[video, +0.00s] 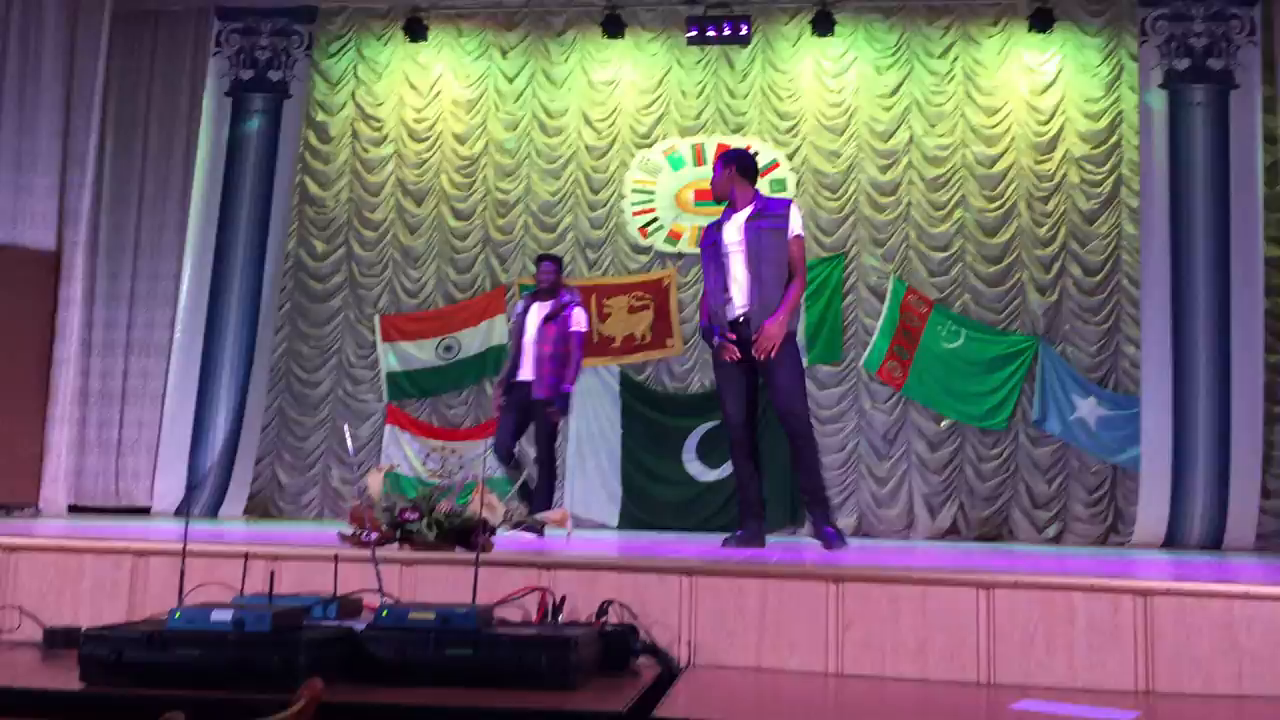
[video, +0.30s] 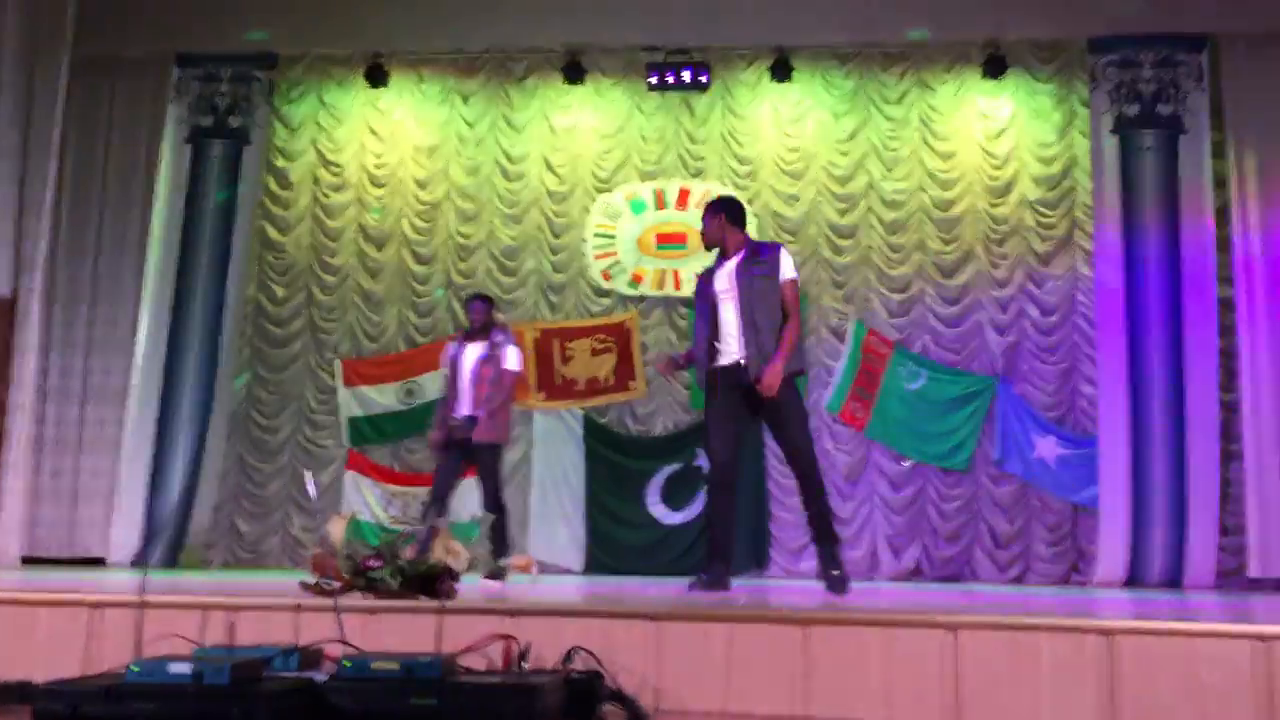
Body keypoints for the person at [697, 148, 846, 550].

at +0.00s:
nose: (712, 180)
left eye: (716, 172)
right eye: (714, 172)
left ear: (733, 173)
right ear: (736, 174)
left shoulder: (783, 212)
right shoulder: (712, 232)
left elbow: (798, 275)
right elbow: (708, 291)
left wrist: (780, 322)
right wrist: (712, 332)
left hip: (775, 334)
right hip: (729, 339)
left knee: (796, 424)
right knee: (739, 434)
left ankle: (822, 521)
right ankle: (751, 528)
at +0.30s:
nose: (702, 232)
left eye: (706, 224)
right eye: (703, 224)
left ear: (723, 223)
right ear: (723, 224)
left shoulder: (773, 255)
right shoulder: (706, 280)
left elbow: (794, 318)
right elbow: (708, 345)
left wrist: (778, 365)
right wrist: (681, 361)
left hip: (771, 374)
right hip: (723, 380)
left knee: (804, 464)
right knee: (722, 471)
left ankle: (830, 559)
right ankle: (717, 570)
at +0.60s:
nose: (750, 193)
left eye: (758, 188)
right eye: (746, 189)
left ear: (775, 198)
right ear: (740, 200)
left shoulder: (798, 242)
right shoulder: (724, 248)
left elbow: (807, 306)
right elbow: (719, 315)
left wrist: (792, 353)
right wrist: (683, 321)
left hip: (778, 356)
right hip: (731, 355)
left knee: (789, 448)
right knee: (707, 438)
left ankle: (803, 542)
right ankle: (692, 537)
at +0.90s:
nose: (801, 158)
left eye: (811, 153)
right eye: (793, 154)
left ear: (827, 169)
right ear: (783, 172)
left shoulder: (850, 222)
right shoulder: (762, 231)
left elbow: (863, 299)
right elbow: (747, 305)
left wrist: (865, 248)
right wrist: (712, 255)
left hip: (833, 361)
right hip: (771, 359)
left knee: (849, 472)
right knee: (727, 460)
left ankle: (874, 594)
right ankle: (683, 576)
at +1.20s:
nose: (742, 165)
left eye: (753, 157)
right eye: (739, 158)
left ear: (778, 167)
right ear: (737, 169)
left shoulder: (819, 223)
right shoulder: (725, 242)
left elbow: (830, 305)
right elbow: (723, 322)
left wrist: (775, 314)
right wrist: (738, 309)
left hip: (805, 369)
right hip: (744, 372)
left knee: (839, 478)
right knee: (725, 487)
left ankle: (868, 604)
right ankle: (710, 615)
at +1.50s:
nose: (692, 196)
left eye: (700, 187)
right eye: (693, 188)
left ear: (732, 191)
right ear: (715, 194)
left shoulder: (780, 240)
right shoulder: (699, 256)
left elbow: (791, 325)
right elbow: (683, 337)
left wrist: (751, 386)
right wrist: (675, 403)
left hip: (757, 388)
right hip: (700, 390)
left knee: (769, 493)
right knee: (689, 510)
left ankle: (788, 583)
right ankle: (686, 627)